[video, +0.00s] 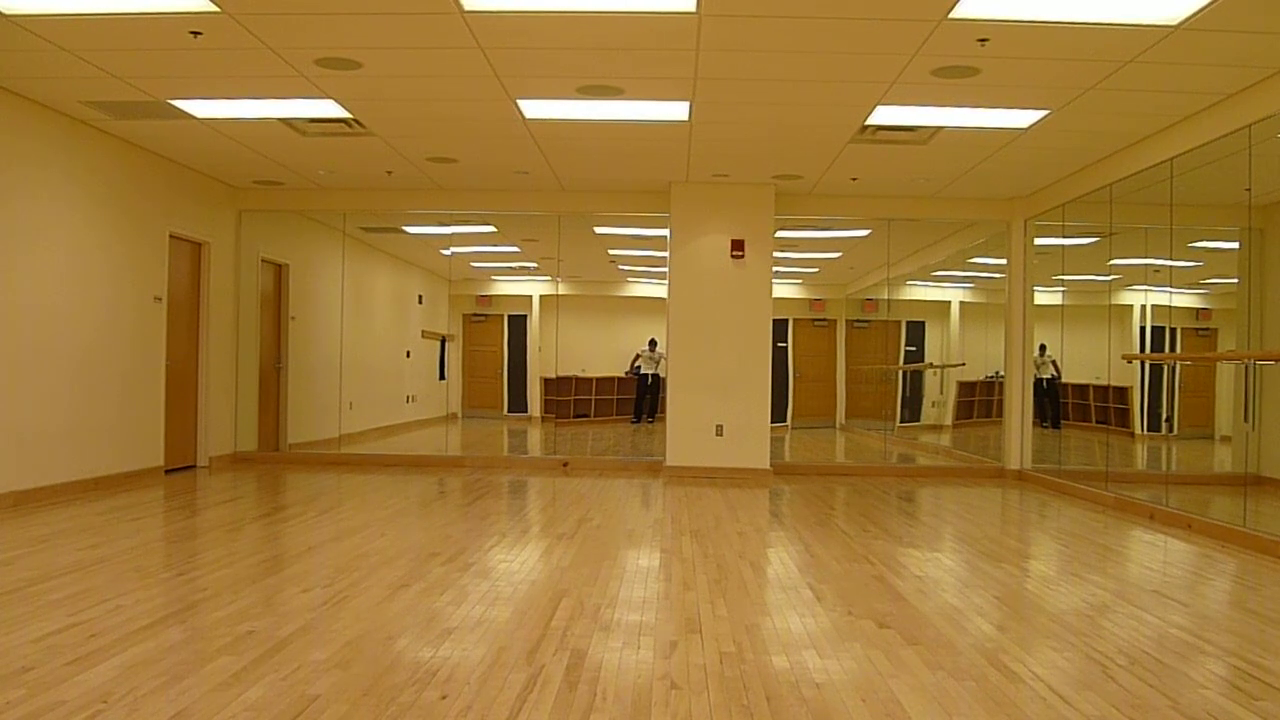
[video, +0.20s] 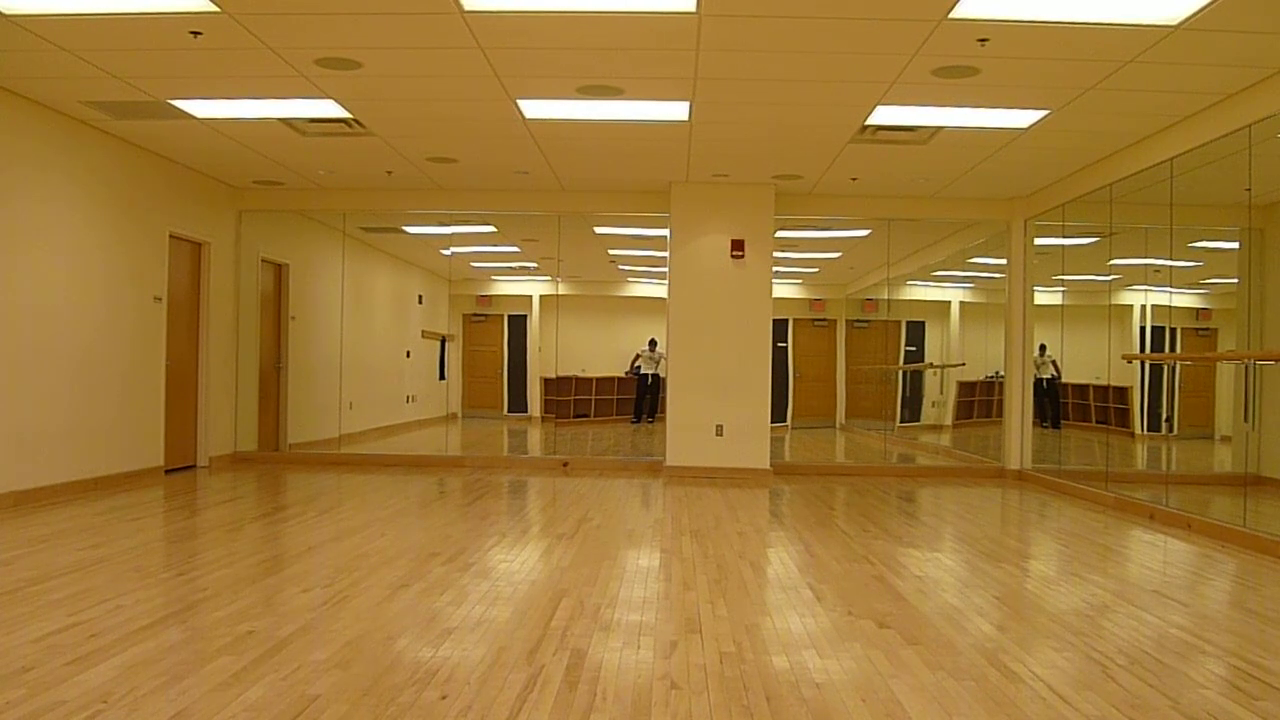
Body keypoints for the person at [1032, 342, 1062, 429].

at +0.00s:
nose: (1042, 352)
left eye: (1043, 350)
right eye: (1041, 350)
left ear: (1046, 350)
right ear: (1039, 350)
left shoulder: (1049, 357)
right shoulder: (1035, 359)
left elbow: (1056, 367)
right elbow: (1033, 368)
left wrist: (1059, 375)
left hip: (1050, 378)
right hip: (1039, 378)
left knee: (1054, 400)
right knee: (1040, 401)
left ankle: (1055, 421)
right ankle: (1043, 421)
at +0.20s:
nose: (1042, 352)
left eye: (1043, 350)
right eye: (1041, 350)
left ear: (1046, 350)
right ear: (1039, 350)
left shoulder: (1049, 357)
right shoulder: (1035, 359)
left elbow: (1056, 367)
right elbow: (1033, 368)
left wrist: (1059, 375)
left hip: (1050, 378)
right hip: (1039, 378)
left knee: (1054, 400)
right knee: (1040, 401)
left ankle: (1055, 421)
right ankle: (1043, 421)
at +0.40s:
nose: (1042, 352)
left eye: (1043, 350)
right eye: (1041, 350)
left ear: (1046, 350)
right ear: (1039, 350)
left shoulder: (1049, 357)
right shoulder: (1035, 359)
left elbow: (1056, 367)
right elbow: (1034, 368)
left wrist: (1059, 375)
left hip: (1050, 378)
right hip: (1039, 378)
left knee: (1054, 400)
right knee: (1040, 401)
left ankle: (1055, 421)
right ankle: (1043, 421)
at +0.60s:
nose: (1042, 352)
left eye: (1043, 350)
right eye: (1041, 350)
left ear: (1046, 350)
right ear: (1038, 350)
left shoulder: (1050, 357)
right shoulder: (1035, 359)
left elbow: (1056, 367)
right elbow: (1034, 368)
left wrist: (1059, 375)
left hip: (1050, 378)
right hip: (1039, 378)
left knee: (1054, 400)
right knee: (1040, 401)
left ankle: (1055, 421)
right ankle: (1043, 421)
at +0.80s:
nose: (1042, 353)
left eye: (1044, 351)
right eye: (1041, 351)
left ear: (1046, 351)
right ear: (1039, 350)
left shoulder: (1050, 357)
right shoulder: (1035, 359)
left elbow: (1056, 367)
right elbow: (1033, 368)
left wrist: (1059, 375)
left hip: (1050, 378)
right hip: (1039, 378)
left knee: (1054, 400)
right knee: (1041, 401)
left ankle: (1055, 421)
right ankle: (1043, 421)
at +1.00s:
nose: (1042, 353)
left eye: (1044, 351)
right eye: (1041, 351)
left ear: (1047, 351)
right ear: (1039, 350)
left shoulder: (1050, 357)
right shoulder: (1035, 359)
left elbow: (1056, 367)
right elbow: (1034, 369)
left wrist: (1059, 376)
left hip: (1050, 378)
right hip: (1039, 378)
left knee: (1054, 400)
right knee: (1041, 401)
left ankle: (1055, 422)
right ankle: (1043, 421)